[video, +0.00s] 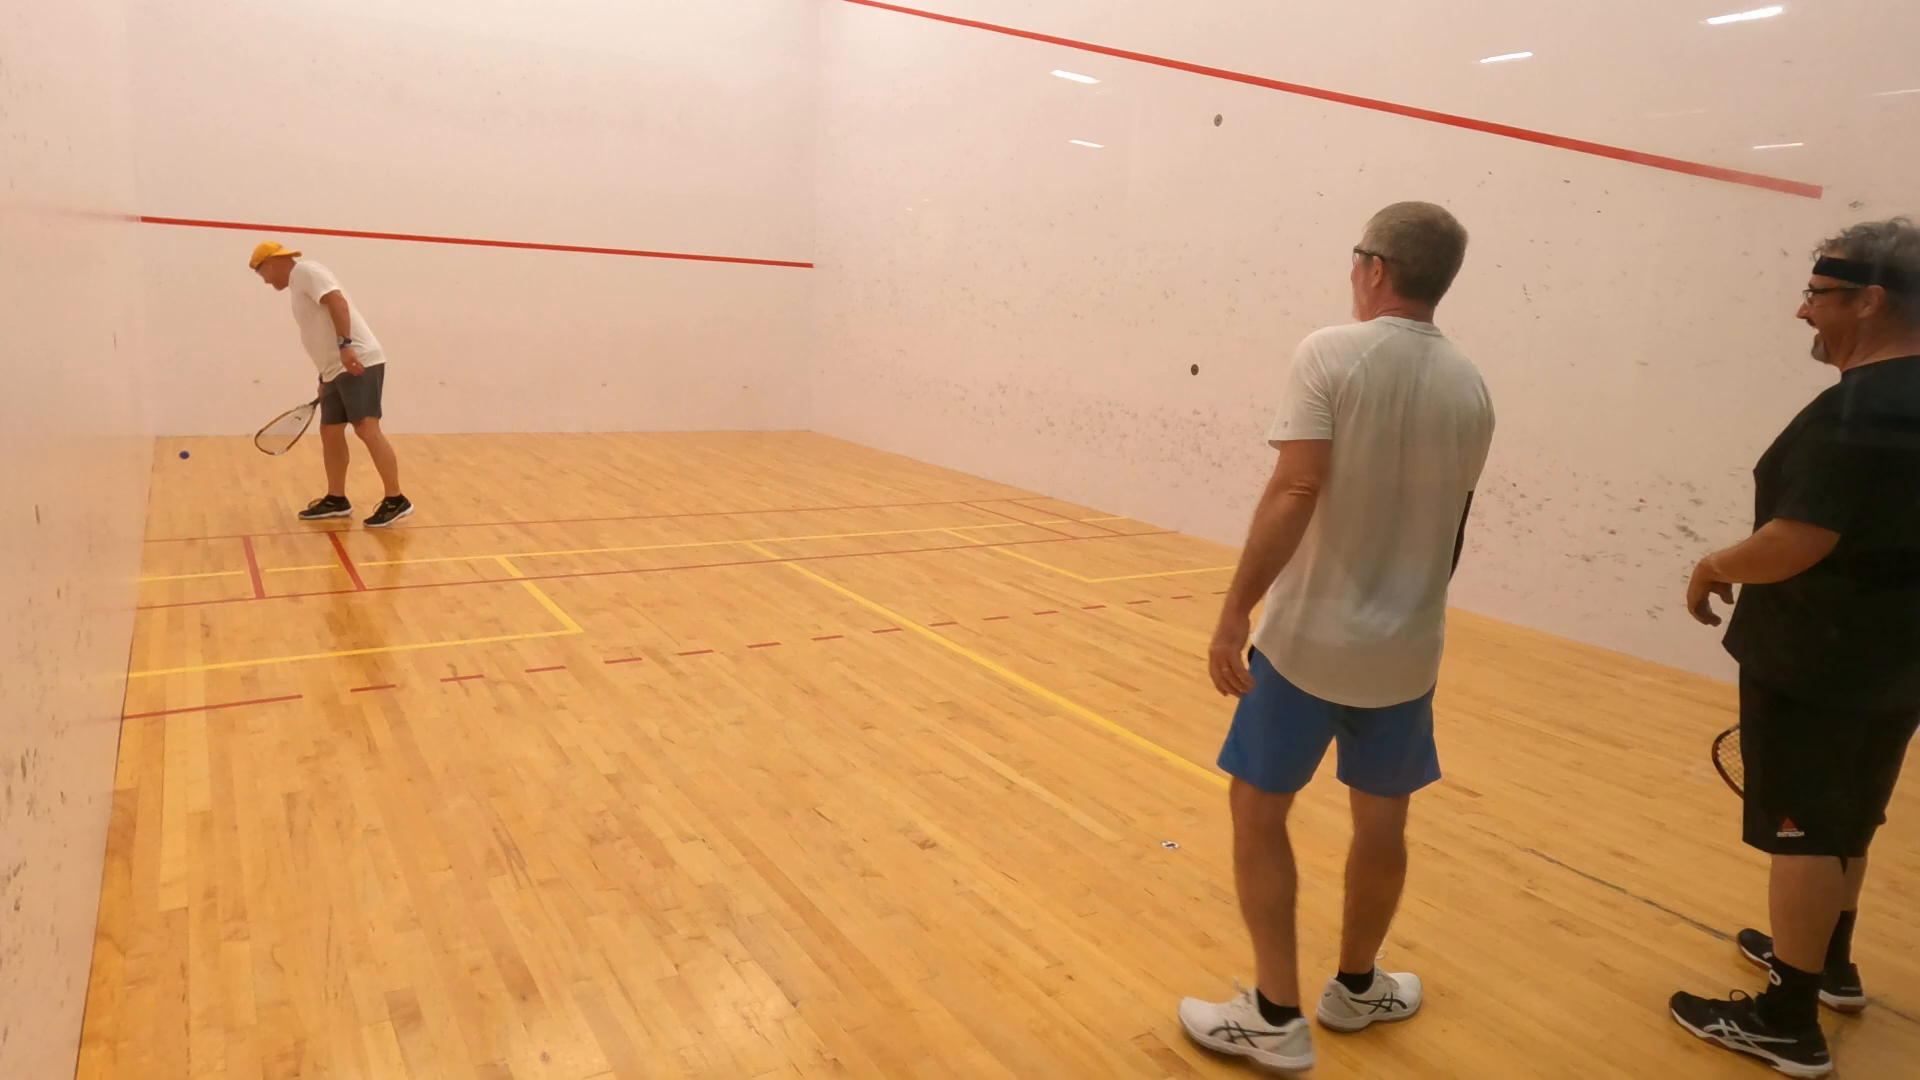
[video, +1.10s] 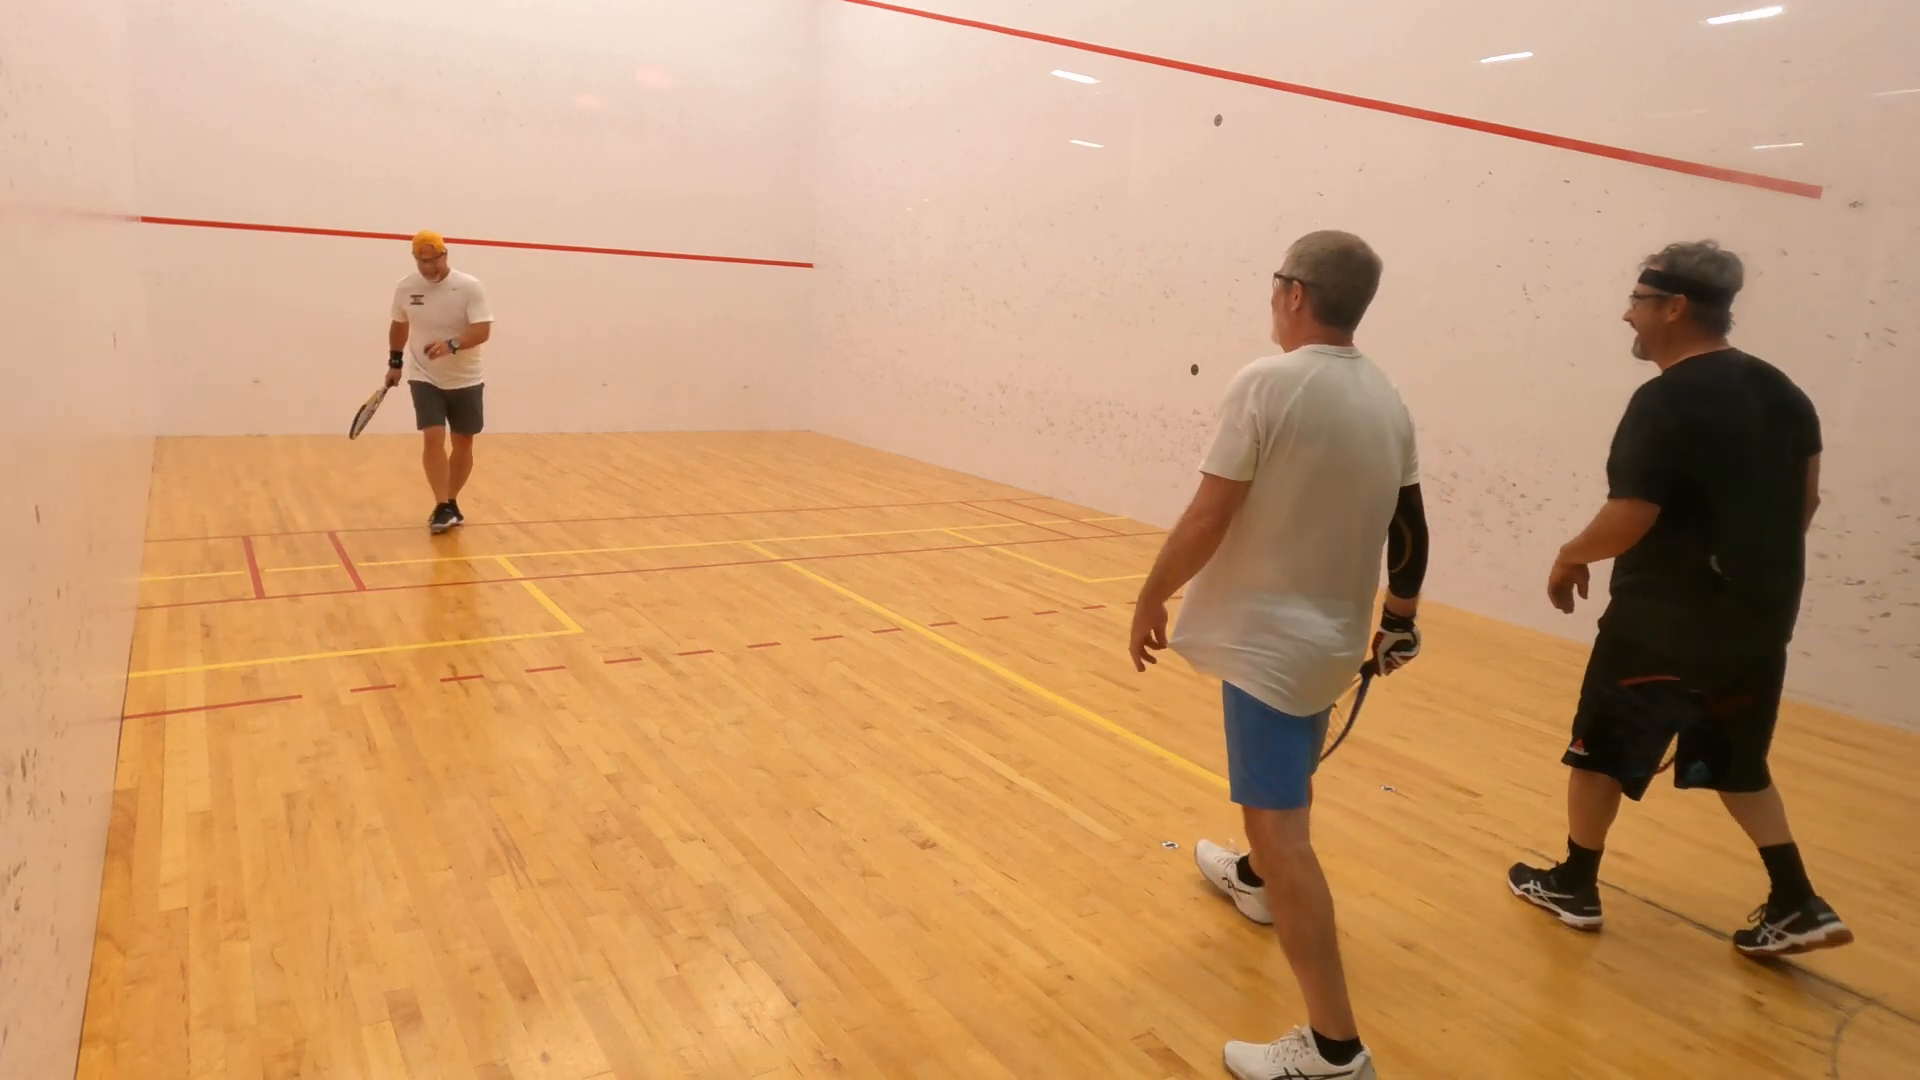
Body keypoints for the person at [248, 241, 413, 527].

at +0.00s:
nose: (264, 280)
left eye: (261, 272)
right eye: (260, 275)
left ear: (274, 263)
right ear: (274, 265)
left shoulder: (306, 271)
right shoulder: (297, 290)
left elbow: (338, 303)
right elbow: (322, 334)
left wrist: (345, 345)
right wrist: (324, 375)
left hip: (357, 361)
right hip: (334, 371)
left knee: (367, 428)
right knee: (330, 430)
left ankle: (395, 498)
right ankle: (336, 499)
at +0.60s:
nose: (288, 315)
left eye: (286, 307)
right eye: (283, 311)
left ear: (301, 295)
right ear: (299, 299)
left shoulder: (343, 297)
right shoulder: (319, 333)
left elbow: (377, 327)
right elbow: (337, 378)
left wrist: (346, 356)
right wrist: (334, 419)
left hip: (407, 375)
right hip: (372, 384)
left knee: (424, 439)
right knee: (342, 433)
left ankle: (444, 500)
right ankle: (337, 500)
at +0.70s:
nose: (317, 297)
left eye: (317, 289)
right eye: (313, 293)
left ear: (334, 276)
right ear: (328, 283)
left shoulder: (378, 291)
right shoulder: (341, 315)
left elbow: (392, 333)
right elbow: (355, 360)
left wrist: (348, 346)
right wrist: (351, 400)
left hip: (421, 380)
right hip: (382, 386)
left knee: (435, 441)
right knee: (356, 436)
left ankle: (447, 502)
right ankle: (340, 499)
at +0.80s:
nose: (352, 281)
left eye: (353, 273)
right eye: (348, 276)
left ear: (371, 265)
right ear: (355, 273)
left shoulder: (409, 289)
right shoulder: (364, 304)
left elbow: (404, 332)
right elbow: (371, 350)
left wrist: (359, 350)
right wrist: (366, 387)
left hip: (433, 380)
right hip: (393, 384)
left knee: (445, 444)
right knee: (370, 439)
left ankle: (448, 502)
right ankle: (351, 497)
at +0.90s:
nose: (383, 266)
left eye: (388, 259)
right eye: (378, 261)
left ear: (406, 256)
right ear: (375, 263)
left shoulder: (432, 288)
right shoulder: (383, 294)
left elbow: (420, 334)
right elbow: (383, 336)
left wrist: (388, 364)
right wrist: (377, 374)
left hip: (445, 379)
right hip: (405, 380)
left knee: (451, 442)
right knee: (385, 437)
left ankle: (449, 502)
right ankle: (378, 496)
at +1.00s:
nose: (409, 264)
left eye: (414, 257)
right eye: (403, 258)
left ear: (428, 254)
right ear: (398, 258)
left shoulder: (451, 286)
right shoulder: (397, 288)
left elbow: (454, 334)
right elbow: (392, 328)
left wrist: (422, 360)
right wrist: (387, 366)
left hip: (455, 380)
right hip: (416, 379)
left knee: (457, 442)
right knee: (408, 439)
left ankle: (450, 501)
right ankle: (411, 500)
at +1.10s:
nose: (427, 267)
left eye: (433, 260)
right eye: (421, 261)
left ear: (445, 256)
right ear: (414, 260)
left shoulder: (469, 287)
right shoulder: (406, 290)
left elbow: (482, 331)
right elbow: (399, 325)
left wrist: (451, 344)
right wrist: (395, 363)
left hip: (465, 380)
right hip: (425, 377)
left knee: (463, 443)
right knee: (433, 437)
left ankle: (449, 502)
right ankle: (444, 505)